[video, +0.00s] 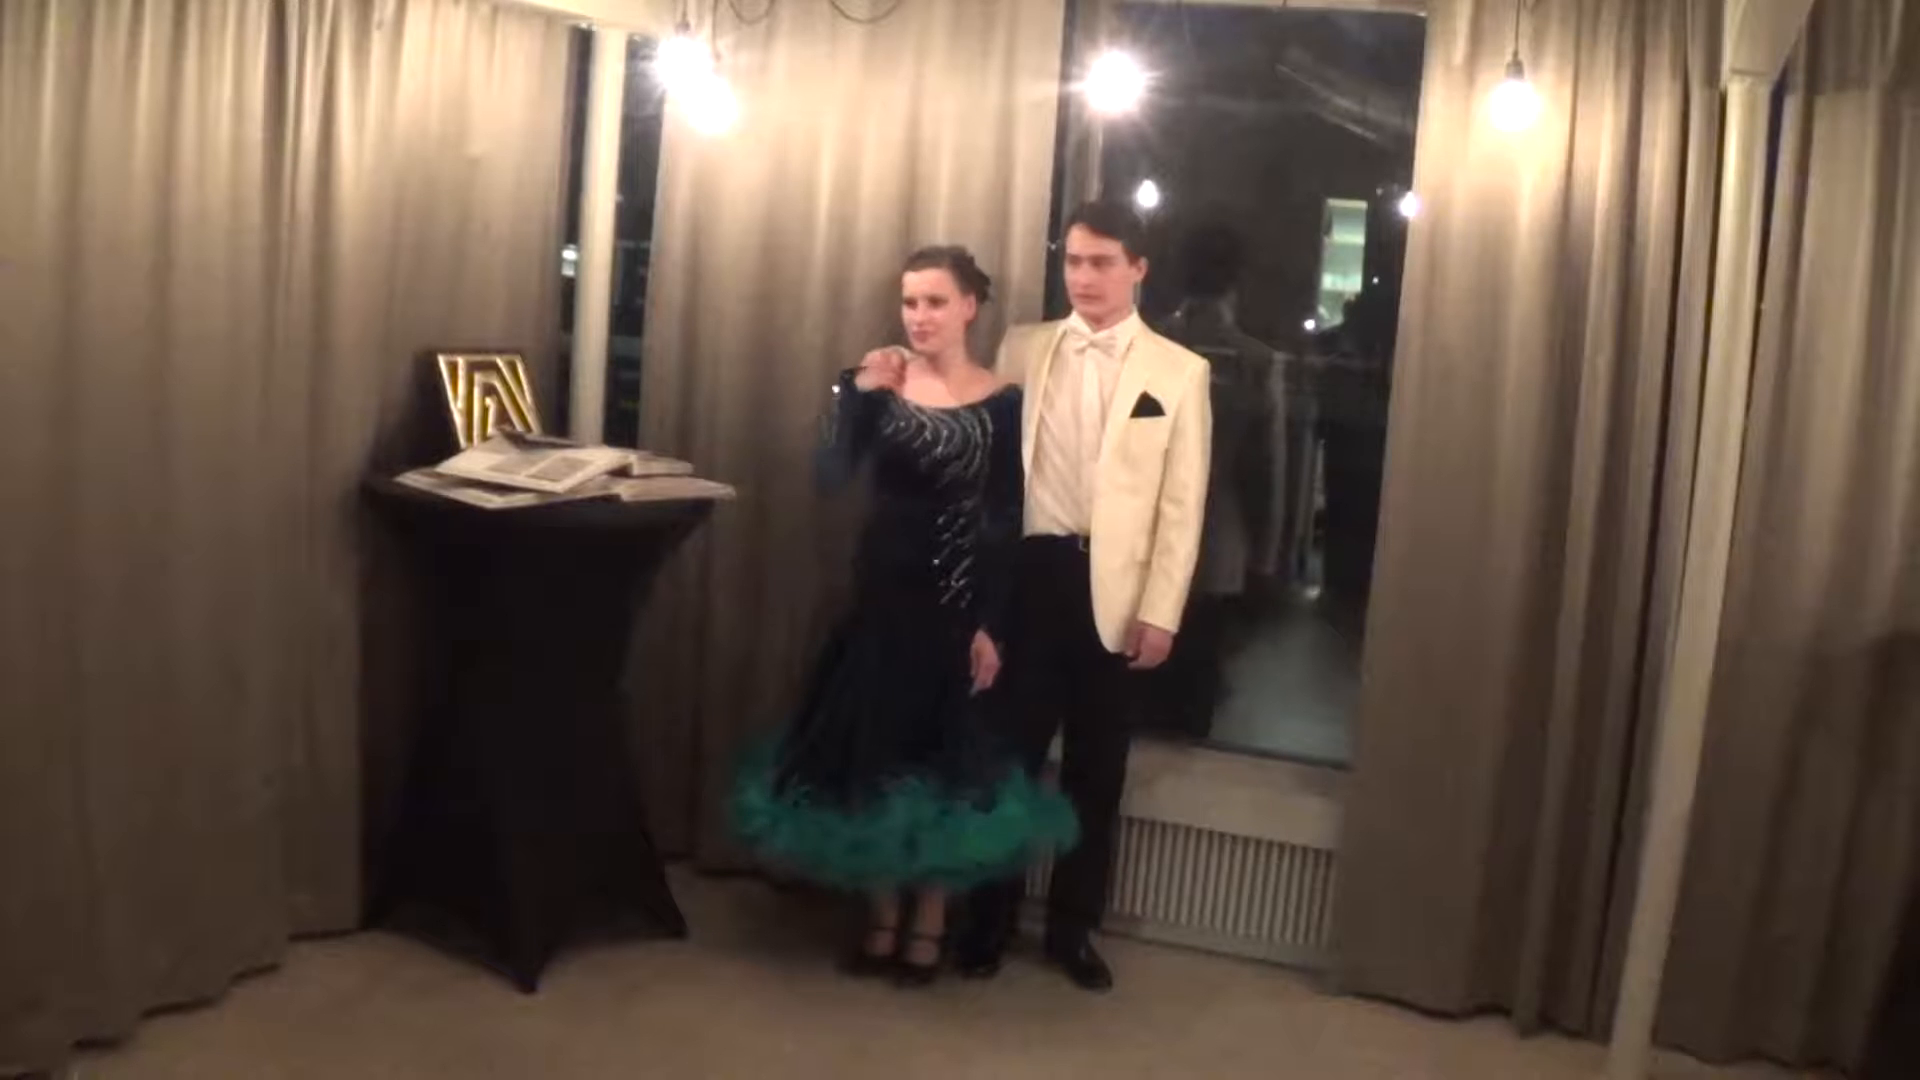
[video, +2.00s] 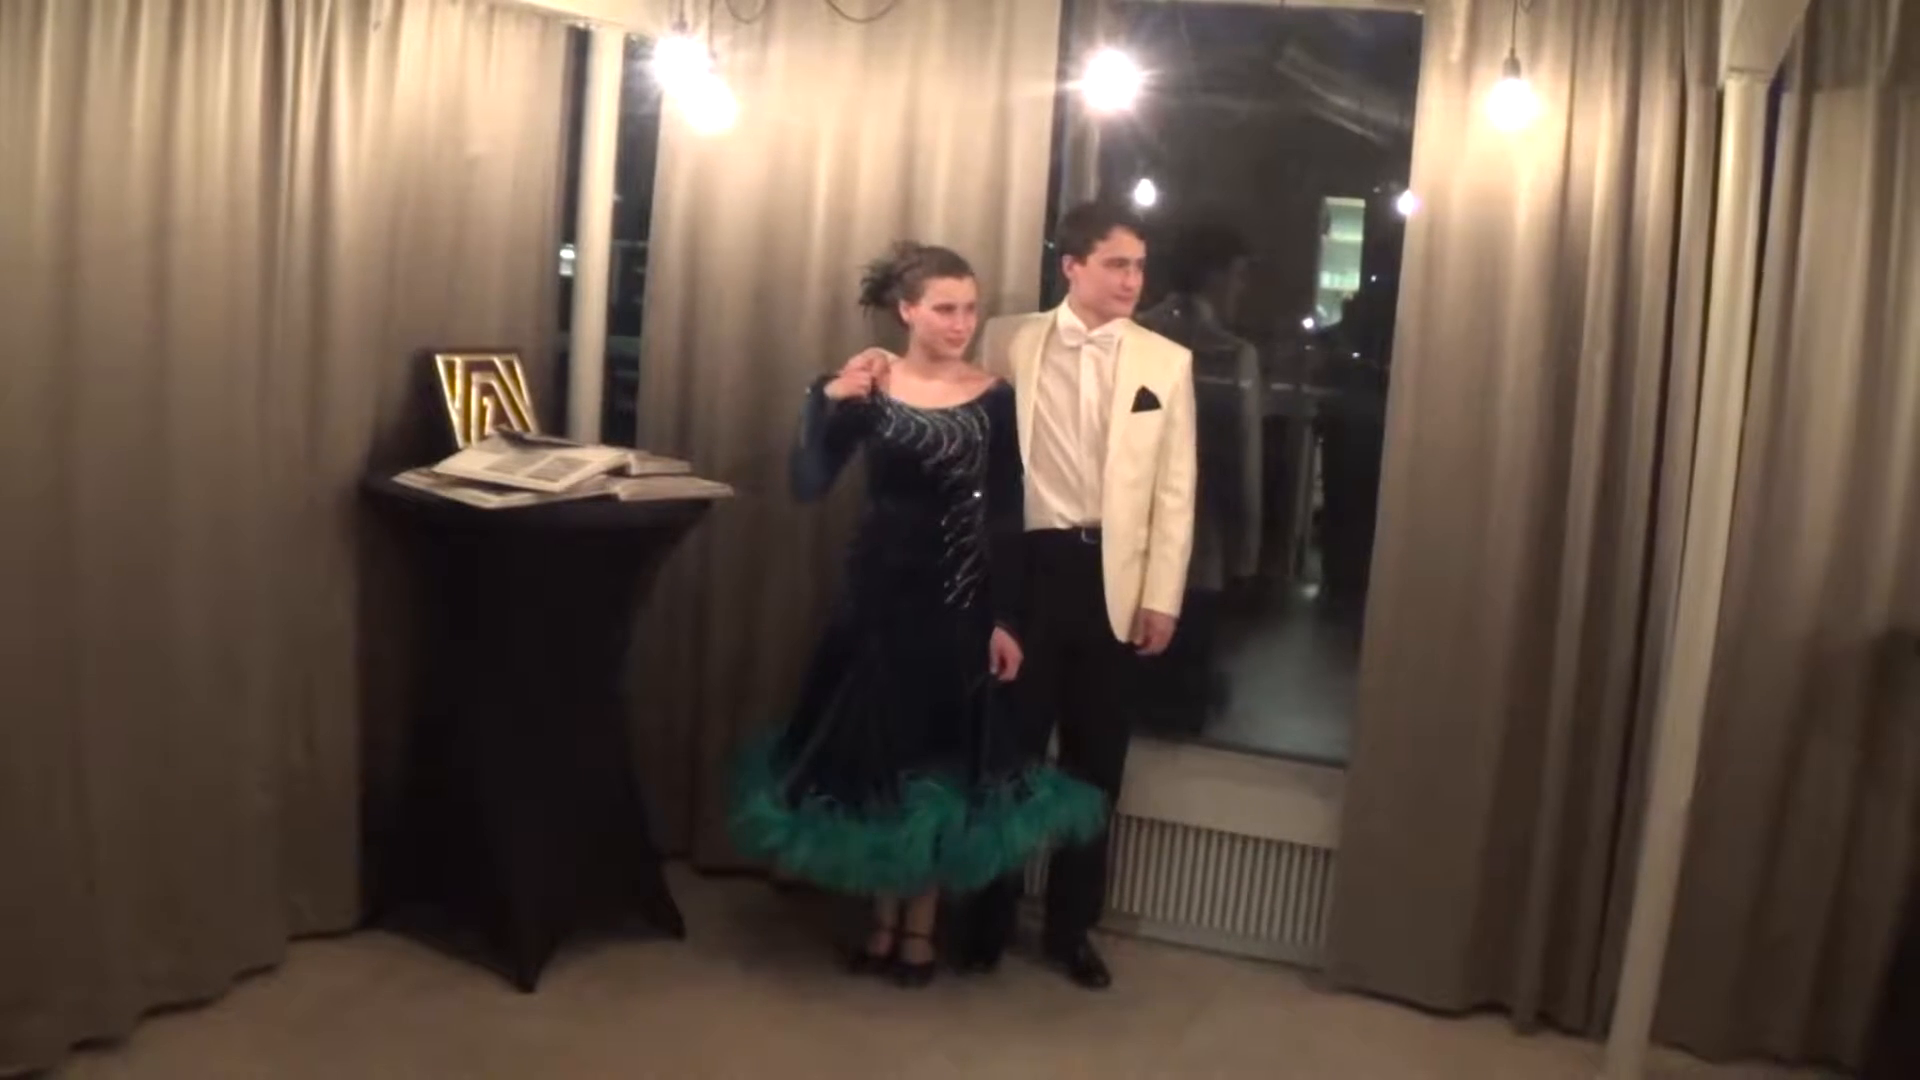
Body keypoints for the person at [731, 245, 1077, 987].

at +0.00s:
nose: (919, 316)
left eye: (935, 302)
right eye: (910, 302)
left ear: (973, 307)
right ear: (899, 309)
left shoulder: (1001, 400)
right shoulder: (884, 388)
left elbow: (1004, 520)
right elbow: (831, 477)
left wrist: (991, 623)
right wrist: (859, 391)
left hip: (960, 600)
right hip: (885, 591)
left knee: (944, 753)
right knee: (879, 748)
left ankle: (931, 908)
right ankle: (882, 905)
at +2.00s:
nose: (959, 323)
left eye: (969, 309)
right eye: (943, 309)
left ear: (981, 314)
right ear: (904, 311)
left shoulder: (992, 397)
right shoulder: (872, 384)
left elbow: (1006, 515)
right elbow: (810, 482)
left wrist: (1005, 618)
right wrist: (830, 398)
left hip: (960, 598)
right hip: (884, 592)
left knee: (942, 753)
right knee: (882, 748)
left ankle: (923, 913)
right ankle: (881, 909)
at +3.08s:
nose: (958, 323)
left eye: (967, 309)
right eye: (941, 309)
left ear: (979, 314)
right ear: (902, 312)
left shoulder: (992, 398)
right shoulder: (871, 386)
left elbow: (1005, 515)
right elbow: (809, 480)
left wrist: (1005, 617)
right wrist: (831, 396)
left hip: (960, 595)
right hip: (883, 588)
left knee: (940, 749)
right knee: (881, 744)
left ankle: (923, 908)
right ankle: (880, 905)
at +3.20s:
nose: (957, 323)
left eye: (966, 309)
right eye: (941, 309)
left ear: (979, 315)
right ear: (902, 312)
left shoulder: (992, 398)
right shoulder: (871, 385)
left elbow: (1005, 515)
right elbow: (808, 480)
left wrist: (1005, 617)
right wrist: (832, 396)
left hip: (960, 595)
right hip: (883, 588)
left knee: (940, 749)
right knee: (880, 744)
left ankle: (922, 908)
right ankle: (880, 905)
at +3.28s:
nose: (957, 323)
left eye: (966, 309)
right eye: (940, 309)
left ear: (978, 314)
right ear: (902, 312)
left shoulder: (991, 397)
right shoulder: (871, 385)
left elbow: (1005, 514)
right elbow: (809, 481)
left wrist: (1004, 617)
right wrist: (832, 397)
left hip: (960, 594)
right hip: (883, 588)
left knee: (940, 748)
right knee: (880, 743)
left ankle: (923, 908)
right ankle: (880, 905)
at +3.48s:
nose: (956, 323)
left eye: (966, 309)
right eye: (940, 309)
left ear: (978, 314)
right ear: (900, 311)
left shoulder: (991, 396)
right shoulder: (872, 385)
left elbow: (1005, 514)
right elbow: (809, 481)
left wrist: (1004, 617)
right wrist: (831, 397)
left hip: (959, 598)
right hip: (883, 591)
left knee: (940, 753)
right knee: (881, 749)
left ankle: (922, 913)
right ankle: (880, 909)